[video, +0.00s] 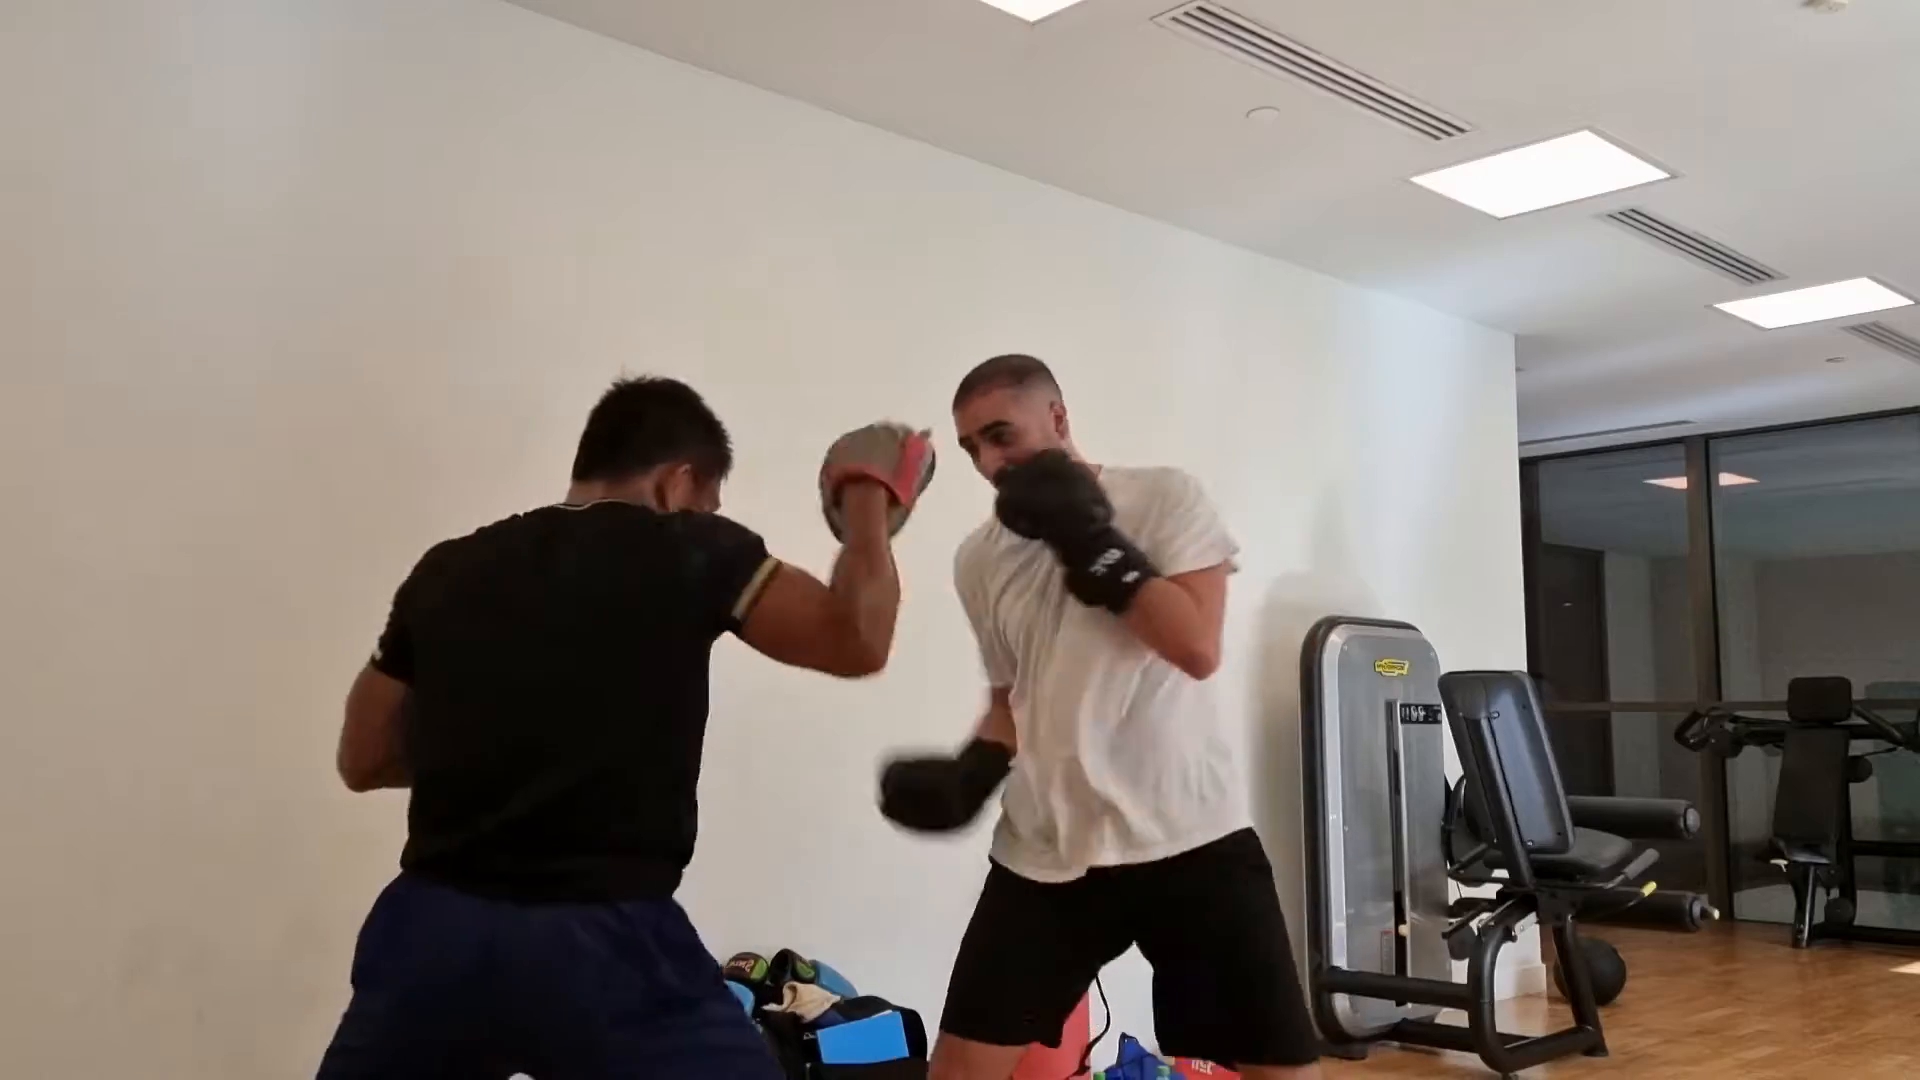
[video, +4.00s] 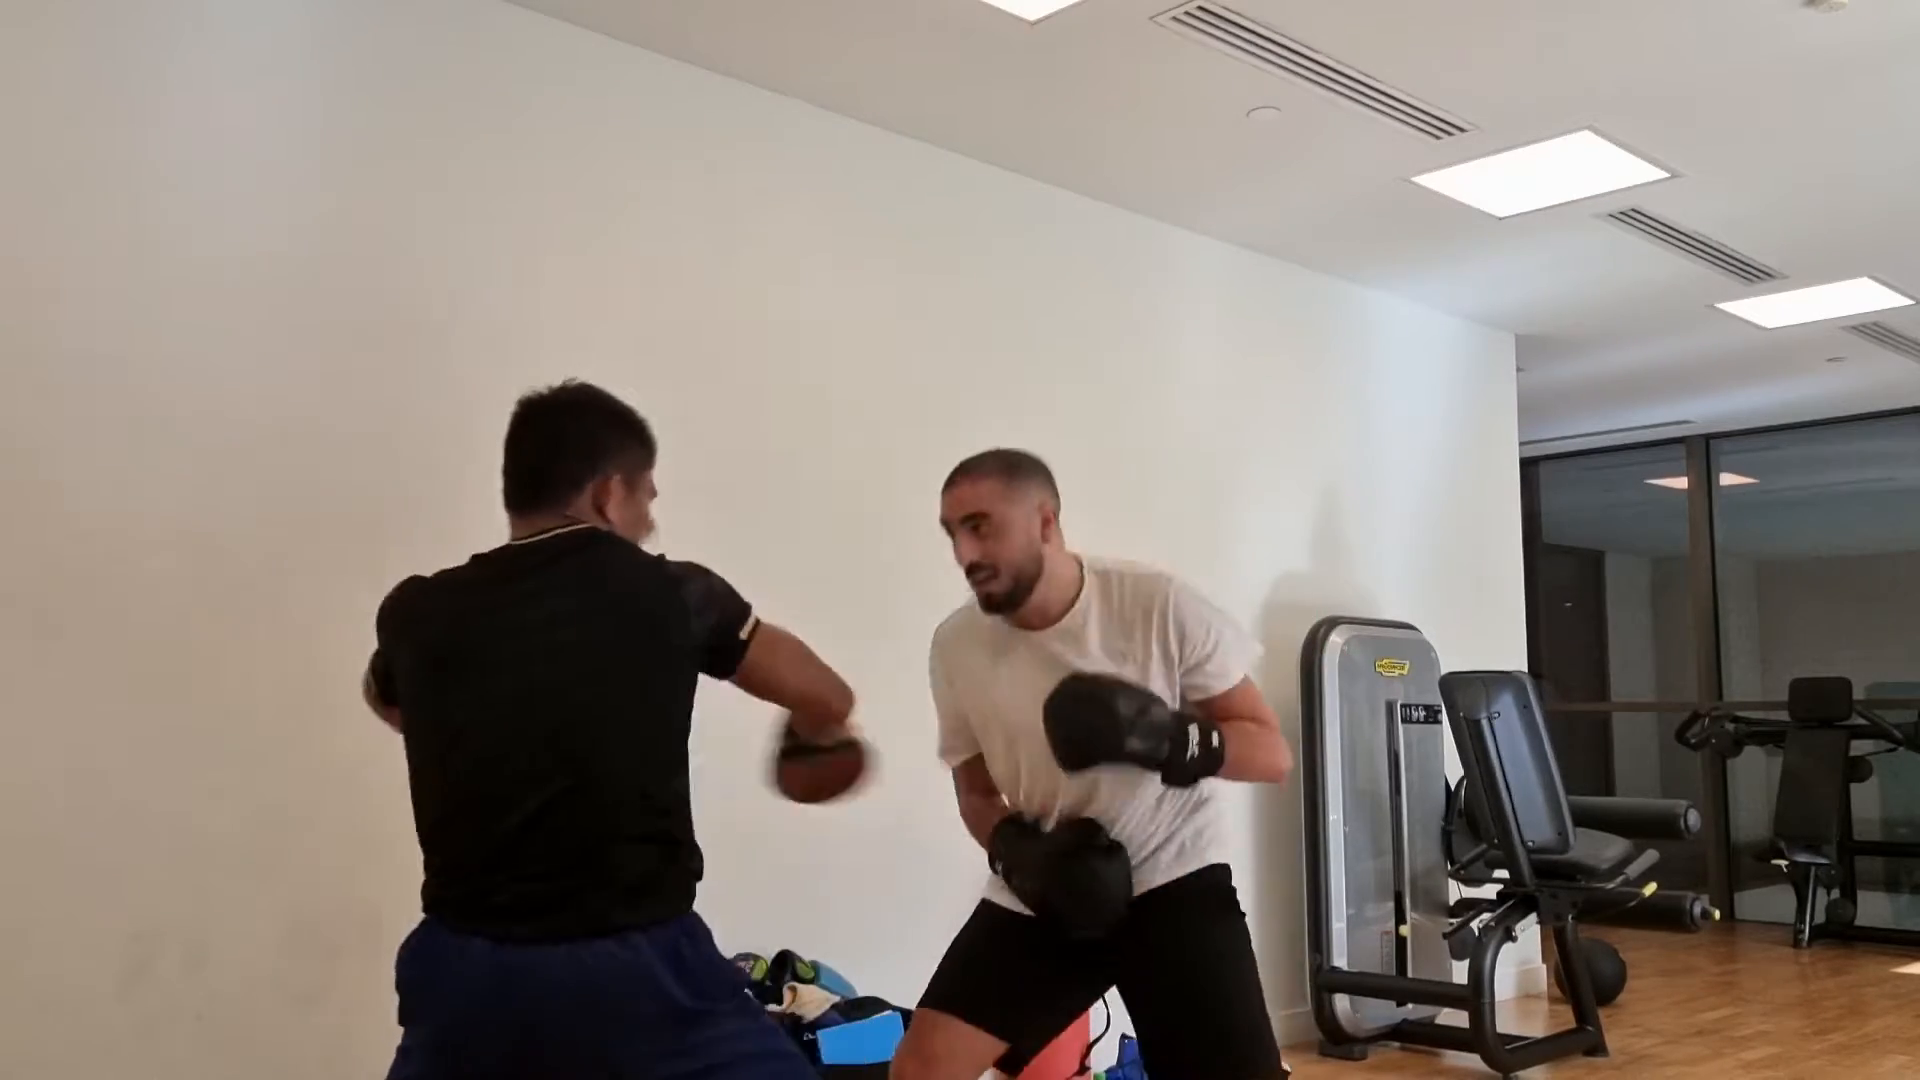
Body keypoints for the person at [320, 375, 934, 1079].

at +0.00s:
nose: (710, 522)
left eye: (715, 506)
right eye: (712, 502)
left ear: (584, 470)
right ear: (676, 480)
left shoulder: (447, 568)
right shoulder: (689, 549)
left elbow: (363, 759)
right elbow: (858, 641)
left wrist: (493, 720)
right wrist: (868, 497)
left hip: (428, 950)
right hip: (613, 958)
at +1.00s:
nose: (784, 468)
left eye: (790, 447)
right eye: (786, 444)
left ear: (662, 425)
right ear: (748, 432)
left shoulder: (567, 541)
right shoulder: (748, 521)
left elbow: (660, 673)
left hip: (537, 908)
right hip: (690, 915)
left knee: (488, 1068)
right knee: (836, 1063)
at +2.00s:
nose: (643, 507)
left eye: (649, 486)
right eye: (642, 484)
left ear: (505, 477)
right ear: (588, 475)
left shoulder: (408, 593)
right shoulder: (626, 565)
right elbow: (841, 609)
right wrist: (972, 596)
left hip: (443, 984)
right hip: (616, 979)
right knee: (772, 1062)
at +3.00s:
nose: (790, 484)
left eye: (792, 469)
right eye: (792, 467)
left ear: (666, 464)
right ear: (770, 462)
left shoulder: (575, 578)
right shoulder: (809, 545)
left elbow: (494, 729)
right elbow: (975, 521)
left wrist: (602, 661)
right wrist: (1084, 496)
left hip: (572, 934)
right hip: (752, 941)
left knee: (477, 1071)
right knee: (867, 1065)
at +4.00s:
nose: (650, 521)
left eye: (652, 499)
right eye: (646, 497)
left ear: (518, 495)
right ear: (606, 494)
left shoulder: (417, 607)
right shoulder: (668, 588)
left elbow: (388, 701)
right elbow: (826, 697)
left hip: (464, 993)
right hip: (649, 987)